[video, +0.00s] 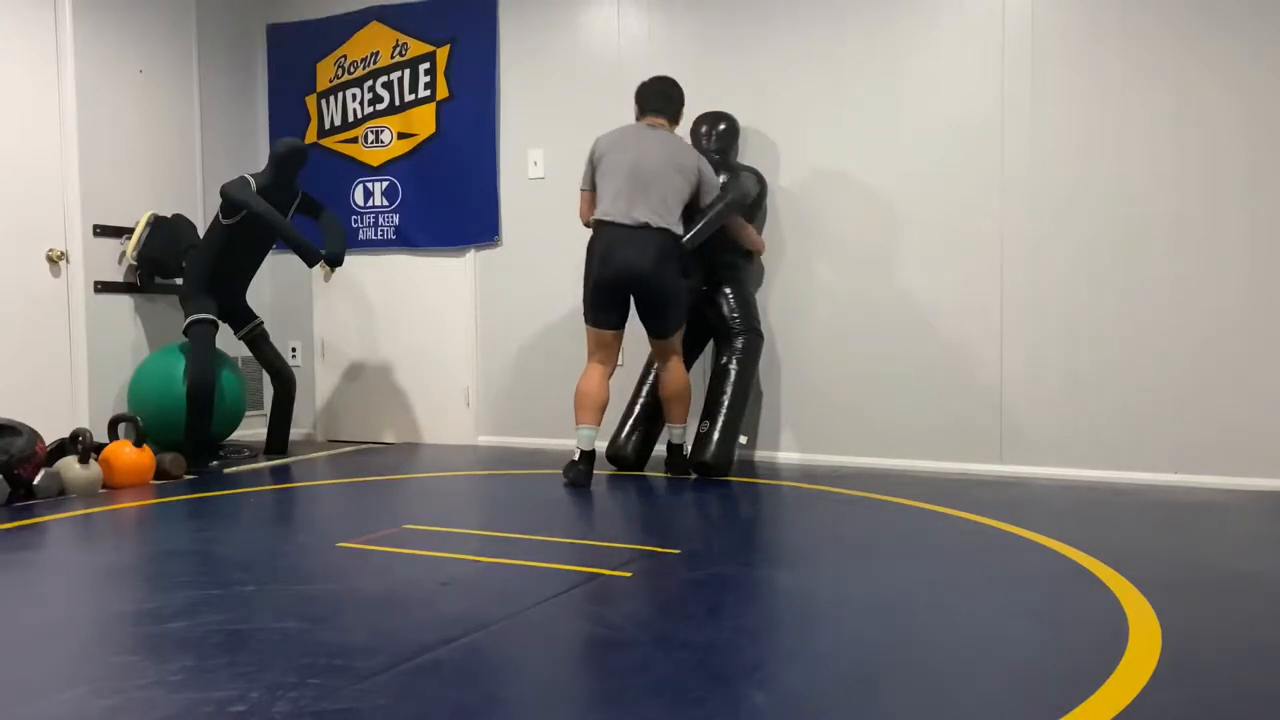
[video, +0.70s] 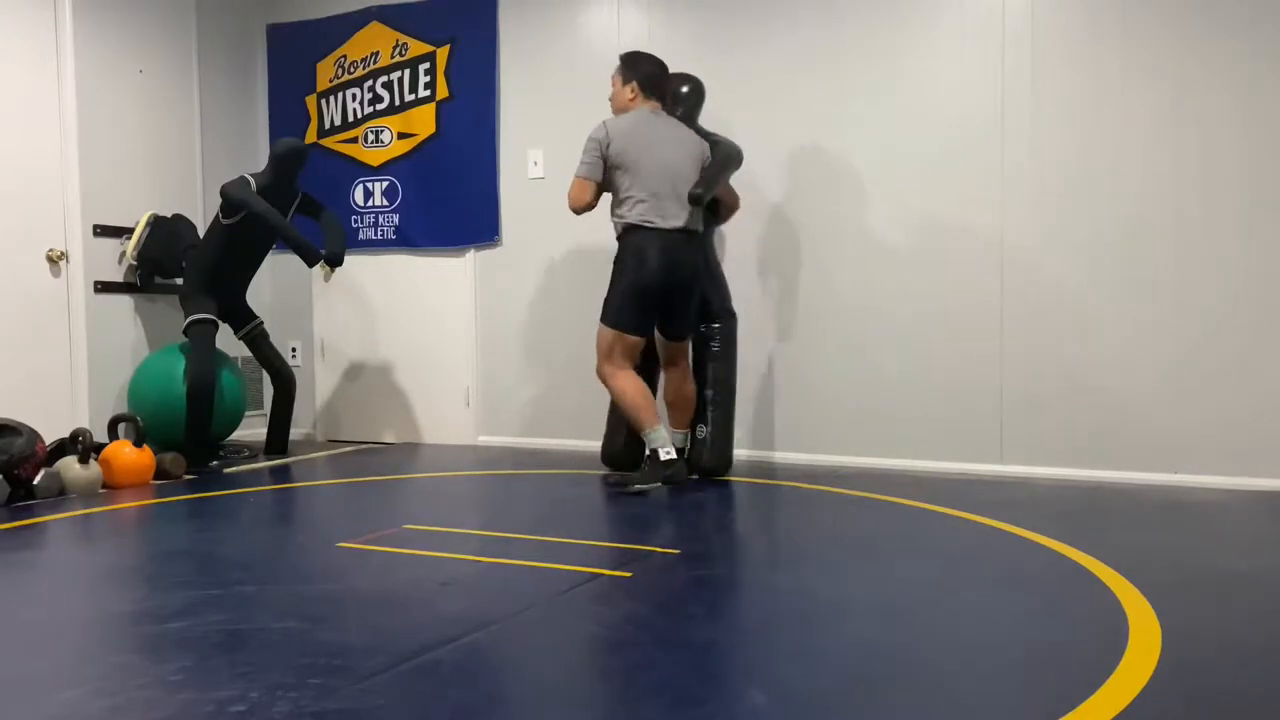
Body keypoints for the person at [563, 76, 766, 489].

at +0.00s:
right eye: (681, 115)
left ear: (637, 109)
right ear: (679, 116)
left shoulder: (604, 143)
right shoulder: (692, 157)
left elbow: (587, 215)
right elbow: (727, 217)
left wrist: (626, 225)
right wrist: (755, 242)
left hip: (606, 249)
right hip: (661, 252)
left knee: (600, 359)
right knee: (669, 355)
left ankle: (583, 457)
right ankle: (677, 453)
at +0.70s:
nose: (610, 94)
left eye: (614, 86)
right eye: (612, 85)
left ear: (632, 89)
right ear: (658, 92)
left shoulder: (609, 130)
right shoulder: (693, 139)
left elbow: (578, 201)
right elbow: (729, 202)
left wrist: (608, 178)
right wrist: (702, 226)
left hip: (640, 254)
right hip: (688, 255)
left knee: (614, 363)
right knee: (677, 359)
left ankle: (665, 456)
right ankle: (677, 460)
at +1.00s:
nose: (596, 65)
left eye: (604, 54)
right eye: (598, 54)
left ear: (635, 61)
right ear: (638, 63)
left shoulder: (615, 116)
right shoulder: (675, 113)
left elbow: (581, 189)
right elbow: (702, 180)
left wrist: (584, 146)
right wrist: (648, 189)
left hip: (637, 250)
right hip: (678, 249)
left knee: (620, 365)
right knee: (653, 358)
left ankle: (666, 465)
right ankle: (667, 460)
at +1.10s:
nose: (592, 56)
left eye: (600, 45)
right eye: (592, 46)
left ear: (633, 53)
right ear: (632, 55)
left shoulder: (619, 112)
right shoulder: (664, 105)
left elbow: (586, 186)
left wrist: (574, 151)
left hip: (641, 244)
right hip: (670, 239)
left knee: (624, 362)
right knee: (635, 359)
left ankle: (667, 469)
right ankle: (662, 463)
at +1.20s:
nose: (586, 52)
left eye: (595, 42)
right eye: (585, 42)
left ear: (627, 49)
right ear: (625, 52)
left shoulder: (619, 107)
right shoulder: (649, 99)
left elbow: (585, 183)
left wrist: (567, 152)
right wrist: (586, 152)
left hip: (641, 241)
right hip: (657, 236)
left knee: (635, 361)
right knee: (608, 340)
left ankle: (669, 467)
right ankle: (617, 446)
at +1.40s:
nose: (569, 56)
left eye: (577, 45)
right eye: (568, 46)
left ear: (611, 48)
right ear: (609, 51)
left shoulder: (612, 104)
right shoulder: (625, 97)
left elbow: (583, 175)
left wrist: (553, 146)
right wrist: (570, 141)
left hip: (620, 245)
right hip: (611, 242)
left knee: (624, 364)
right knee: (568, 347)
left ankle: (670, 467)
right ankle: (545, 453)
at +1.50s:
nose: (555, 61)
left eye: (563, 50)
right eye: (554, 52)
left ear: (596, 53)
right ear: (591, 56)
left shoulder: (602, 105)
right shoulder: (602, 102)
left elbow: (576, 173)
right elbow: (579, 164)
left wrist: (542, 148)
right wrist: (553, 143)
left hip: (603, 248)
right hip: (580, 248)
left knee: (610, 372)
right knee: (549, 360)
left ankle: (667, 465)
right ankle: (535, 464)